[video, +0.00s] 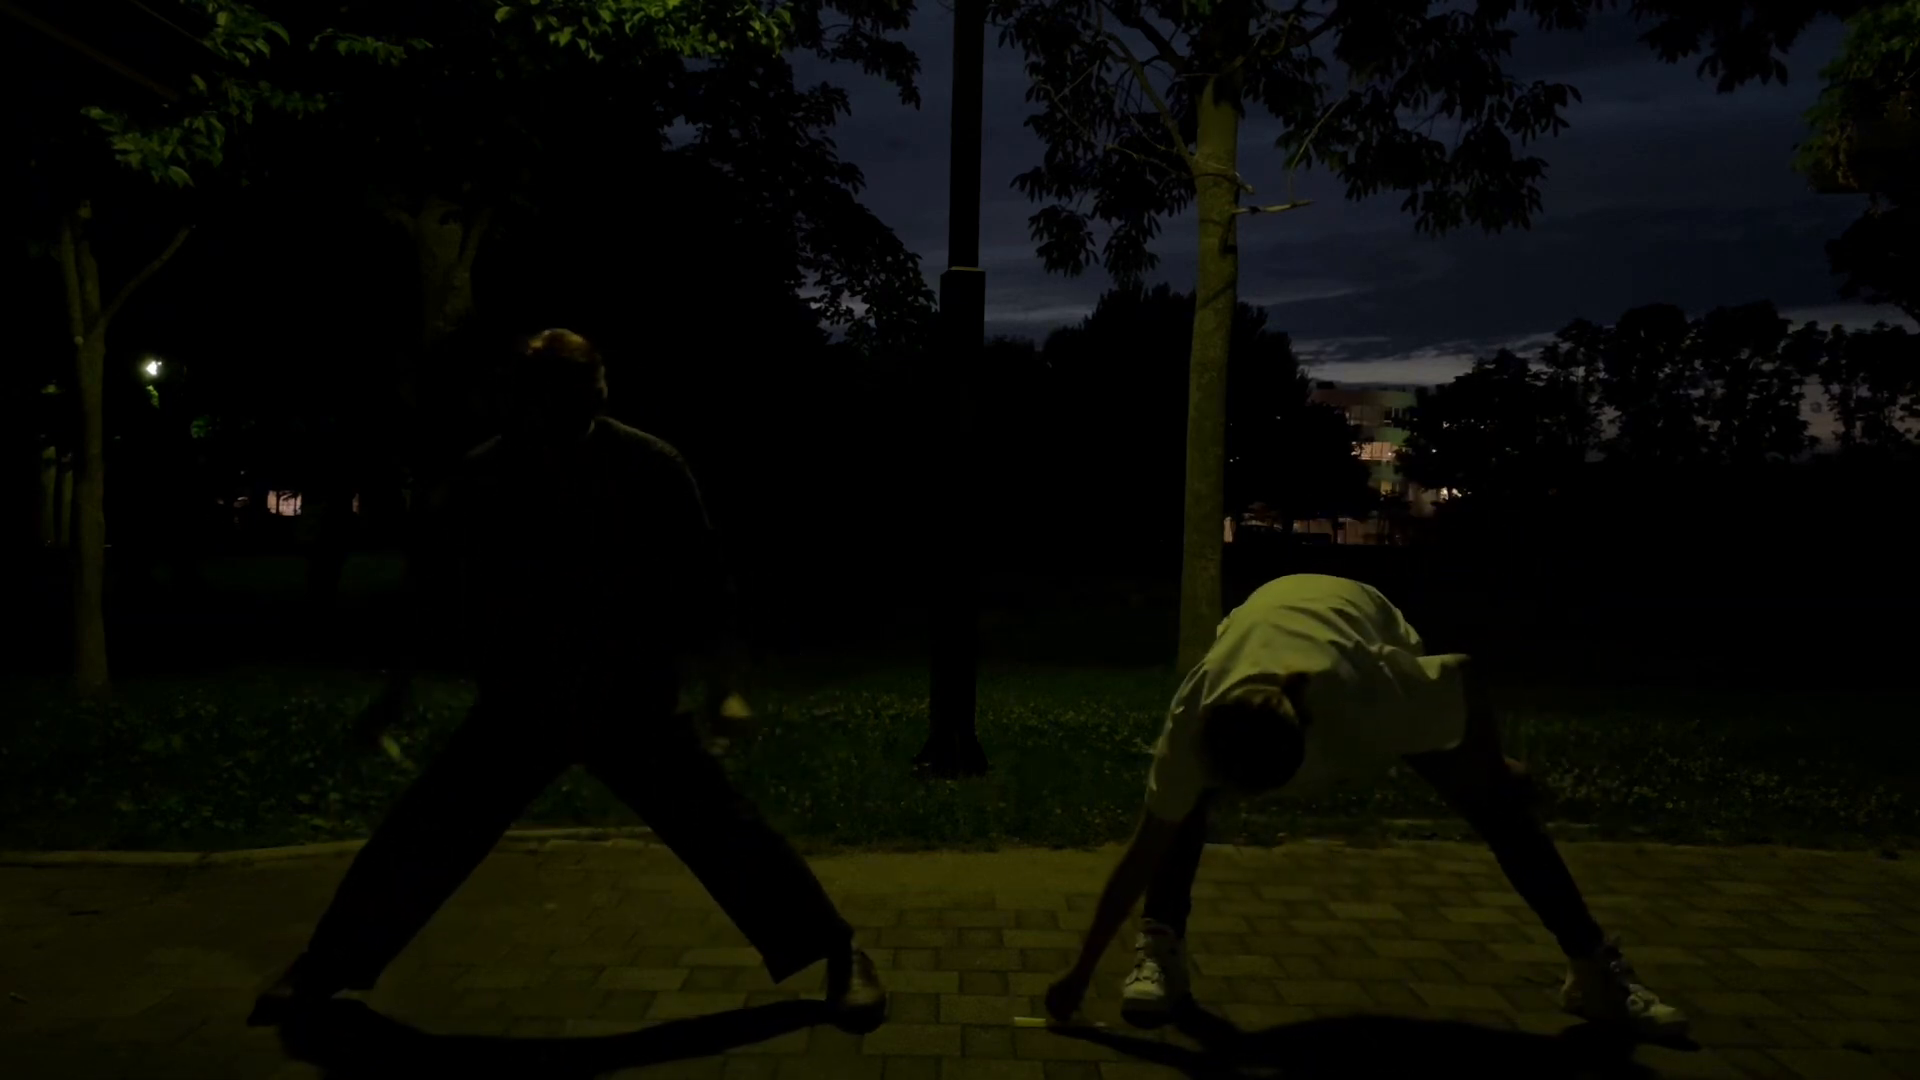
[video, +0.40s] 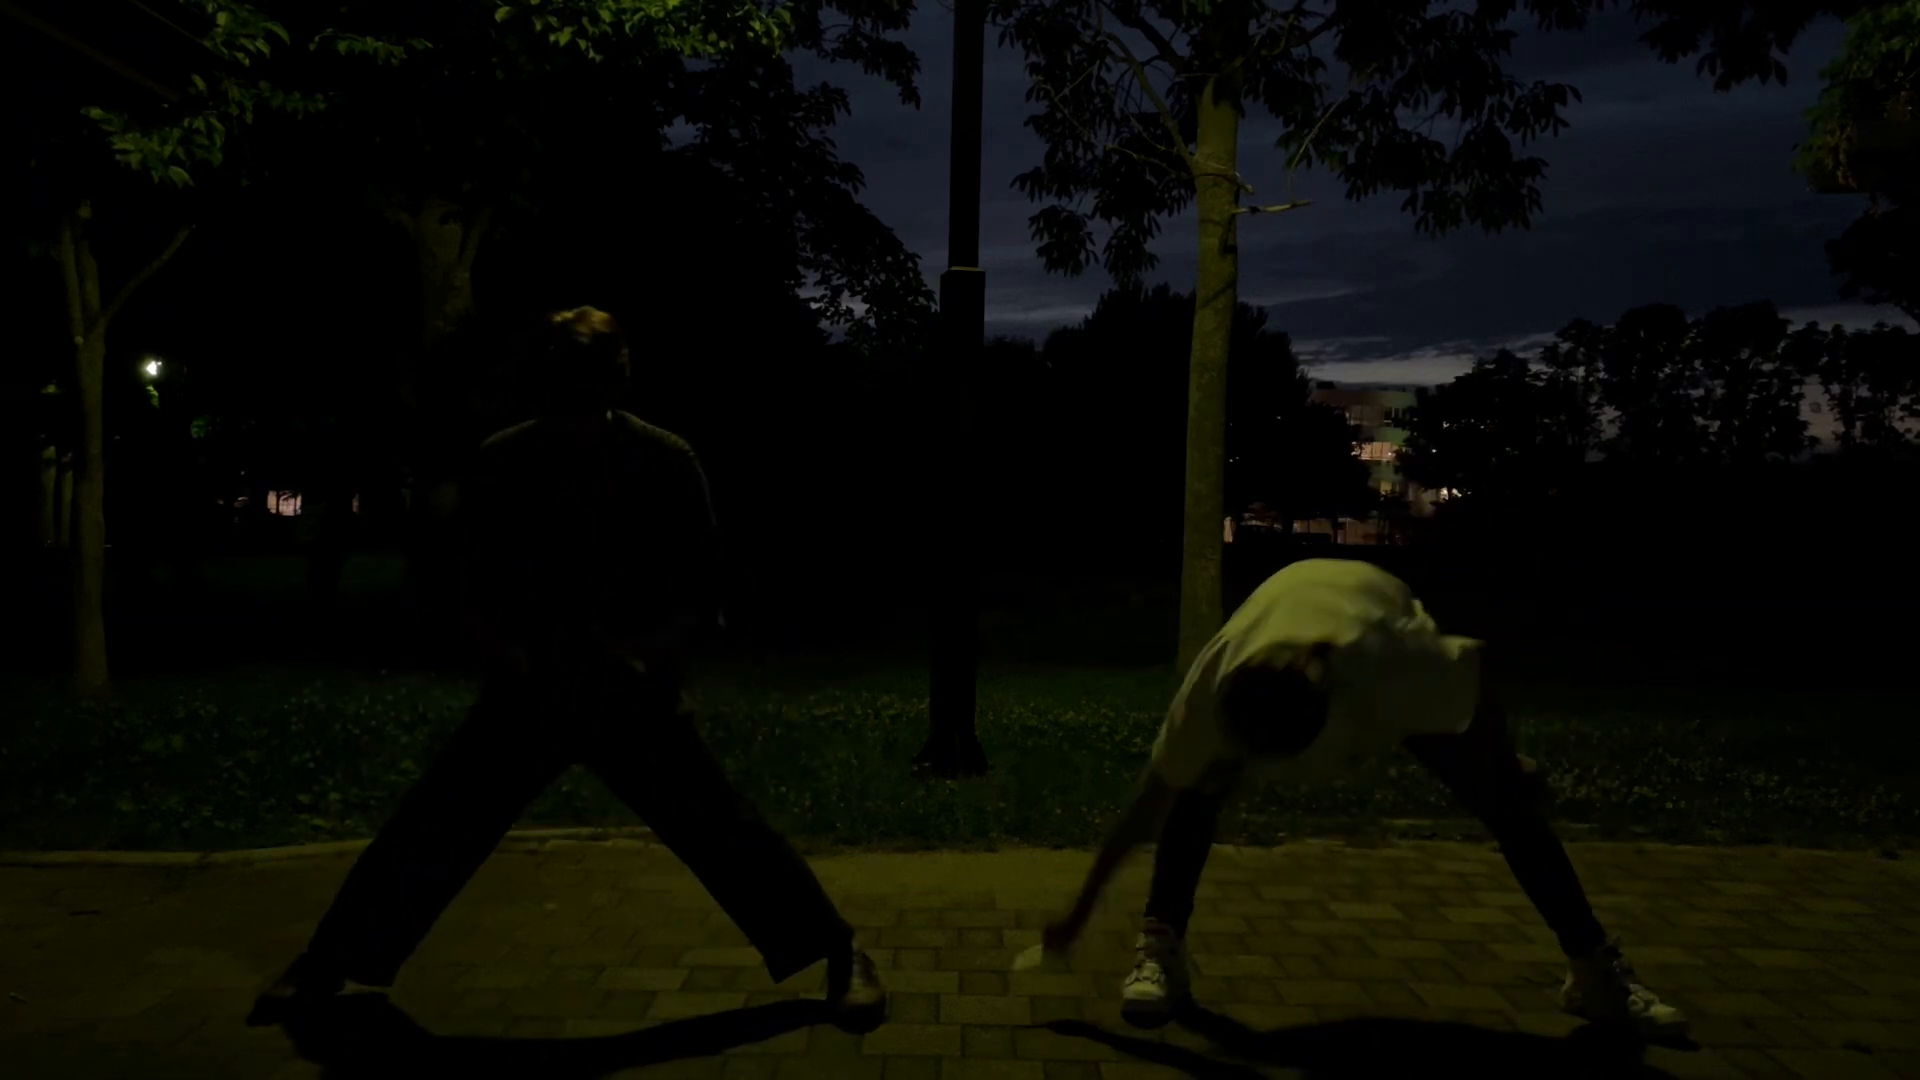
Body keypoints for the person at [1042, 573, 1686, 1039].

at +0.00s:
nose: (1238, 794)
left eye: (1258, 780)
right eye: (1227, 776)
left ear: (1293, 732)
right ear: (1216, 744)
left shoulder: (1376, 688)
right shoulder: (1187, 733)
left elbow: (1470, 680)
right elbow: (1145, 850)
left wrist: (1499, 765)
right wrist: (1082, 970)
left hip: (1365, 618)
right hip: (1251, 625)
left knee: (1497, 808)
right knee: (1180, 804)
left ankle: (1601, 973)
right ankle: (1162, 960)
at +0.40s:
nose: (1256, 757)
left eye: (1270, 747)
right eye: (1247, 743)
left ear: (1313, 712)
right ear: (1231, 707)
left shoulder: (1394, 666)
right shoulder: (1215, 688)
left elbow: (1481, 674)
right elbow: (1148, 804)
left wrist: (1508, 765)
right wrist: (1074, 913)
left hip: (1388, 625)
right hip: (1270, 622)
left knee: (1511, 807)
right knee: (1195, 792)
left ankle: (1601, 975)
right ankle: (1160, 956)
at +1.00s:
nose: (1351, 456)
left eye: (1367, 440)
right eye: (1338, 437)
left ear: (1399, 422)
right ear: (1315, 419)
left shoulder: (1459, 463)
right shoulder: (1272, 455)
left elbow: (1527, 568)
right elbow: (1233, 560)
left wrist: (1522, 670)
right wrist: (1203, 657)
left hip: (1411, 675)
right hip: (1288, 669)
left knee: (1520, 808)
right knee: (1180, 795)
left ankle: (1600, 976)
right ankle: (1085, 952)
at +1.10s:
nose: (1338, 439)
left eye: (1354, 422)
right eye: (1325, 422)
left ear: (1379, 408)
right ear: (1299, 406)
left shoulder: (1432, 451)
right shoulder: (1246, 451)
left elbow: (1500, 565)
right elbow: (1195, 551)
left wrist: (1513, 668)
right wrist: (1158, 643)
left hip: (1404, 675)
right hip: (1277, 673)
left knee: (1517, 808)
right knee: (1179, 794)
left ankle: (1601, 979)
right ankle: (1085, 953)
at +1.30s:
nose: (1342, 403)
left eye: (1355, 387)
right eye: (1329, 387)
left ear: (1376, 377)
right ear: (1297, 377)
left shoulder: (1416, 419)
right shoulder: (1239, 431)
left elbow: (1464, 533)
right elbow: (1161, 502)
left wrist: (1460, 624)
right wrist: (1131, 586)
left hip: (1408, 664)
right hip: (1284, 667)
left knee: (1518, 805)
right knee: (1189, 797)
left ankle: (1600, 975)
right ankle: (1085, 951)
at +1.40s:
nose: (1353, 399)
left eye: (1368, 384)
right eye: (1339, 384)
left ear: (1389, 371)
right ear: (1308, 370)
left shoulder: (1426, 414)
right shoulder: (1255, 422)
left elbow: (1475, 523)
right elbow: (1173, 497)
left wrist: (1465, 619)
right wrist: (1157, 570)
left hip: (1412, 664)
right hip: (1289, 666)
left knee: (1521, 805)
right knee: (1194, 796)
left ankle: (1599, 975)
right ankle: (1086, 952)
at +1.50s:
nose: (1377, 387)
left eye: (1393, 371)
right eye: (1365, 369)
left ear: (1416, 365)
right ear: (1336, 357)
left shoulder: (1446, 425)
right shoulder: (1280, 418)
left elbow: (1488, 537)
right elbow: (1206, 506)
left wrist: (1474, 620)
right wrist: (1204, 577)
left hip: (1421, 669)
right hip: (1294, 668)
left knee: (1529, 806)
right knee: (1197, 802)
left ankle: (1600, 975)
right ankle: (1087, 951)